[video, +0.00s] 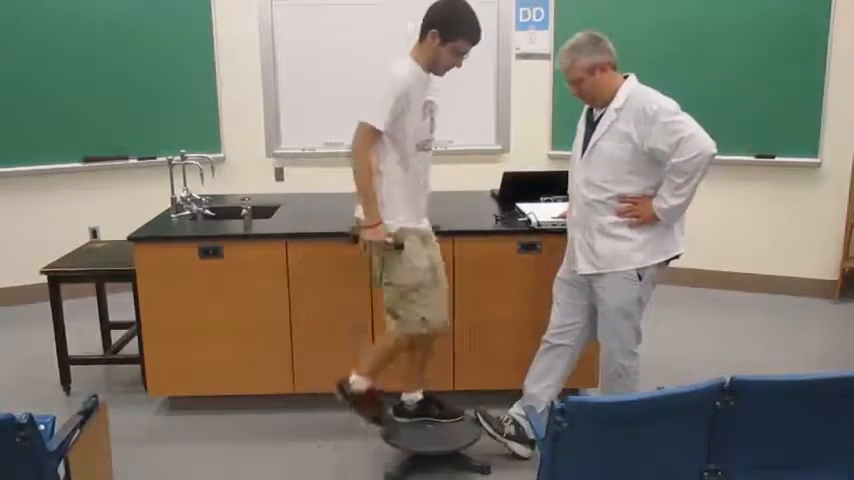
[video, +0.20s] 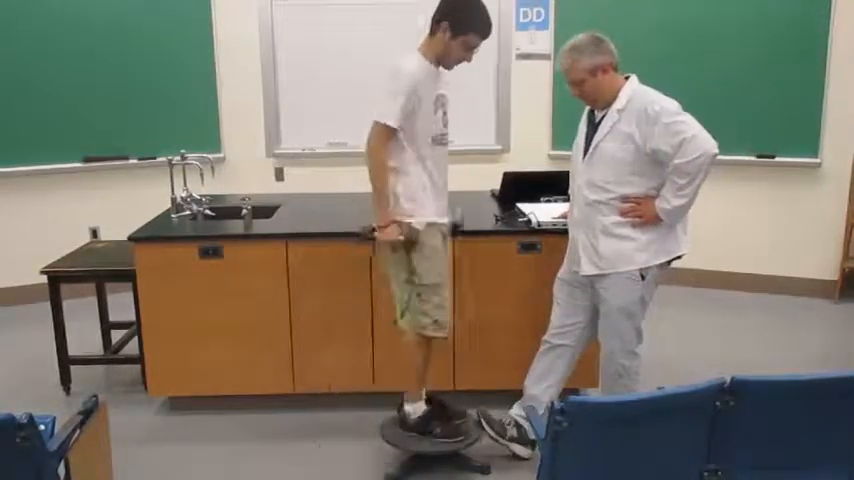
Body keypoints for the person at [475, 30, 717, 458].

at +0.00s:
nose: (573, 91)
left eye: (577, 81)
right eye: (570, 83)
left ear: (604, 69)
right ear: (596, 73)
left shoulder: (645, 105)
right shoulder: (592, 112)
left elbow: (697, 148)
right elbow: (604, 171)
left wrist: (662, 207)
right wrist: (581, 207)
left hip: (626, 256)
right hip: (583, 251)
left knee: (619, 355)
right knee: (560, 337)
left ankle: (615, 437)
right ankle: (528, 422)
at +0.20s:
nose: (574, 92)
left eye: (578, 83)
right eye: (570, 84)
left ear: (605, 71)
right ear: (598, 74)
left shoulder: (647, 106)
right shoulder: (594, 113)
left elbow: (699, 149)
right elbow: (602, 171)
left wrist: (665, 207)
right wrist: (580, 207)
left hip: (628, 255)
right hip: (584, 250)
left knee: (619, 355)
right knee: (561, 338)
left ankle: (615, 438)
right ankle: (527, 423)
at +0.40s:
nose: (580, 92)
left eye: (584, 83)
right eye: (576, 85)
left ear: (610, 71)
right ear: (599, 75)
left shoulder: (652, 107)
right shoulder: (593, 113)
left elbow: (705, 149)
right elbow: (600, 169)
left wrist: (669, 208)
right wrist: (580, 203)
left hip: (630, 255)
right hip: (585, 249)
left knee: (620, 354)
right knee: (561, 337)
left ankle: (615, 436)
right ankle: (527, 423)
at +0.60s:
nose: (584, 91)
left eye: (589, 81)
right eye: (581, 83)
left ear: (615, 70)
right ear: (604, 74)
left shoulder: (657, 108)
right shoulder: (597, 112)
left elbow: (709, 151)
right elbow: (597, 169)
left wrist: (670, 208)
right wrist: (581, 203)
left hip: (631, 256)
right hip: (585, 250)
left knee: (620, 355)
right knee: (561, 338)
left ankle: (617, 438)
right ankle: (528, 424)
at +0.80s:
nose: (589, 91)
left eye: (593, 82)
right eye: (586, 83)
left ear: (620, 71)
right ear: (606, 76)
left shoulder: (660, 110)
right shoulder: (601, 113)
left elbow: (713, 153)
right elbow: (595, 170)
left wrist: (672, 210)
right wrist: (583, 204)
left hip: (632, 256)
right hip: (587, 250)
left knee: (620, 355)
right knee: (562, 338)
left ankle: (617, 438)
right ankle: (528, 423)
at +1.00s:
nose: (594, 91)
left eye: (599, 81)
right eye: (591, 82)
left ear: (626, 71)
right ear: (610, 75)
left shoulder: (665, 110)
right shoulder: (606, 111)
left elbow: (716, 155)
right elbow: (600, 169)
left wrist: (675, 210)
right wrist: (585, 204)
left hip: (633, 258)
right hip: (588, 251)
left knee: (620, 357)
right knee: (561, 339)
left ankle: (616, 440)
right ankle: (529, 424)